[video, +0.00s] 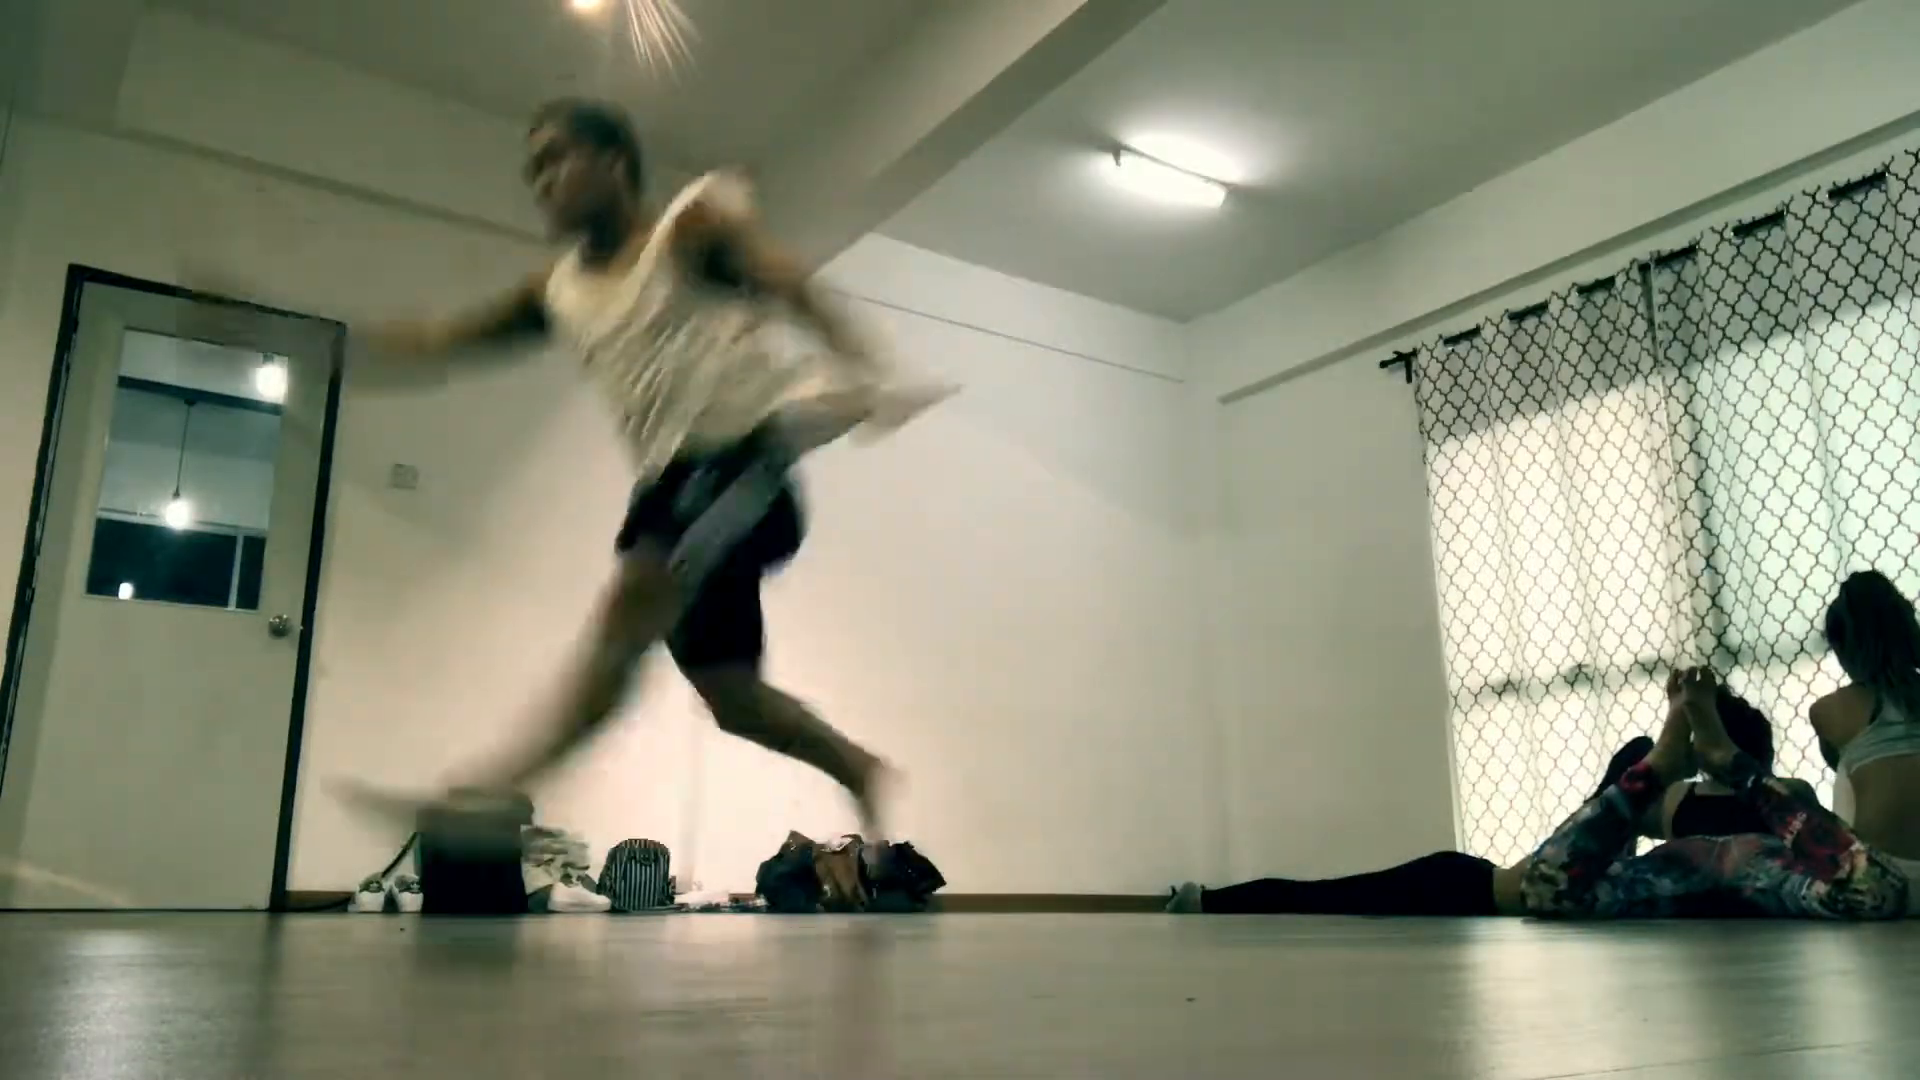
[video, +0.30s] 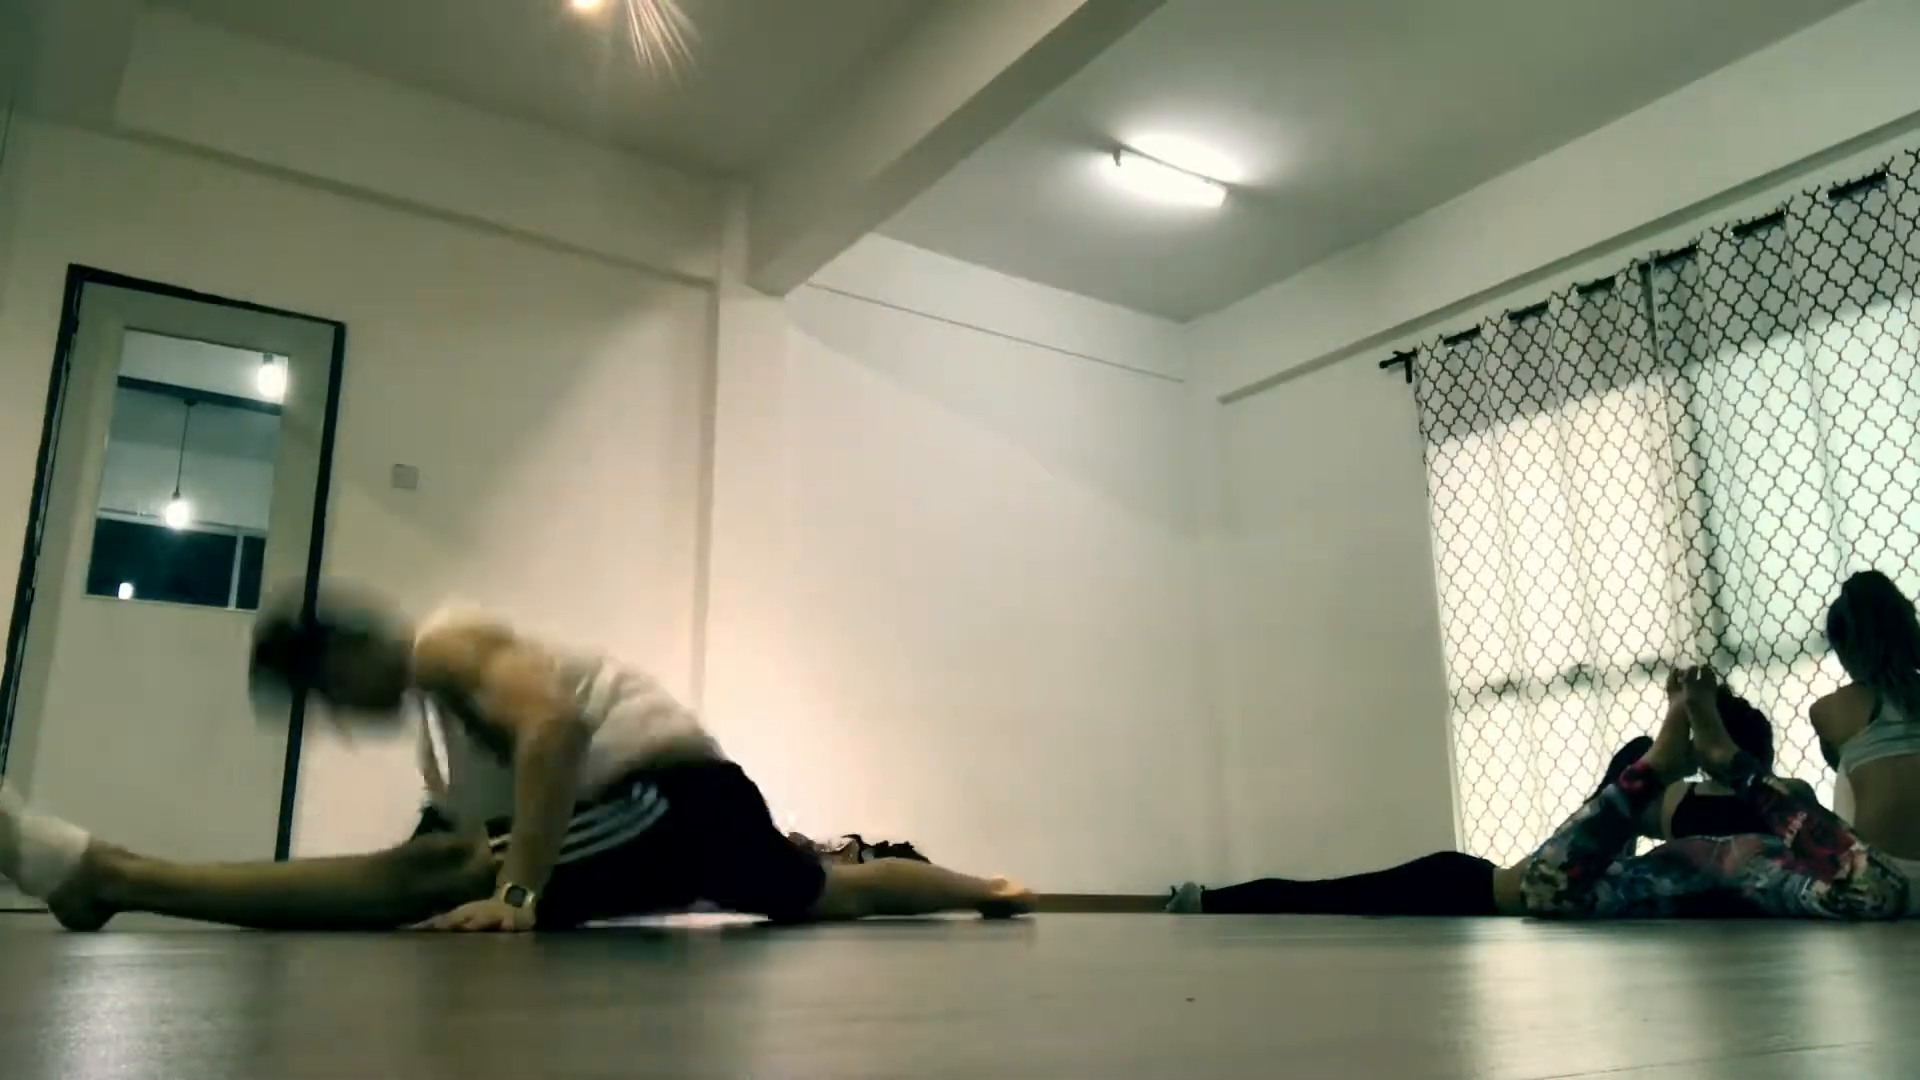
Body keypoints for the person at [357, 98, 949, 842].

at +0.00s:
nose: (542, 184)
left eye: (555, 160)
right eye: (535, 171)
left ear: (614, 159)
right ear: (540, 187)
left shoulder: (694, 224)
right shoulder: (559, 286)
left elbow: (794, 284)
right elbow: (458, 337)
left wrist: (863, 369)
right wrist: (364, 345)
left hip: (744, 459)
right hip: (668, 489)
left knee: (630, 612)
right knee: (735, 700)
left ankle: (502, 785)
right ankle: (863, 771)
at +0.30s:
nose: (336, 709)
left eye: (326, 689)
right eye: (321, 700)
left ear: (350, 653)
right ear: (347, 665)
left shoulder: (449, 644)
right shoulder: (447, 700)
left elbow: (549, 722)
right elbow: (468, 828)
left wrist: (519, 890)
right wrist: (438, 895)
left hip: (670, 804)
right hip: (706, 812)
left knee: (399, 876)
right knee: (829, 884)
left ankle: (108, 878)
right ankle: (974, 891)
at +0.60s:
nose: (410, 793)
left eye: (393, 784)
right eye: (400, 797)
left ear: (377, 736)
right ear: (399, 753)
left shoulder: (451, 669)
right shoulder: (485, 742)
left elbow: (556, 720)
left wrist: (518, 890)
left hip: (669, 818)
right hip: (740, 811)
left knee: (408, 877)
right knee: (838, 885)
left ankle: (120, 875)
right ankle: (986, 891)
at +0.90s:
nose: (370, 661)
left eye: (359, 638)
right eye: (353, 652)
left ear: (387, 592)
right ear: (379, 623)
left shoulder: (494, 606)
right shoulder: (476, 665)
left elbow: (559, 729)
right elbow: (512, 792)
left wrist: (521, 893)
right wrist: (465, 873)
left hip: (666, 815)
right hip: (713, 809)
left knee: (408, 876)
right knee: (835, 884)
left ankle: (124, 877)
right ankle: (979, 891)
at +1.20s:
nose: (503, 487)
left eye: (528, 468)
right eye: (490, 472)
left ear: (582, 486)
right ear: (483, 494)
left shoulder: (602, 589)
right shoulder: (517, 612)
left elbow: (596, 748)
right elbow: (498, 750)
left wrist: (520, 890)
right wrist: (470, 852)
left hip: (653, 847)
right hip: (686, 834)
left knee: (409, 868)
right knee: (796, 876)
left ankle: (117, 876)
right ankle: (918, 886)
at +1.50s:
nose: (657, 488)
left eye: (677, 469)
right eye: (655, 471)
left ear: (736, 481)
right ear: (692, 484)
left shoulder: (727, 573)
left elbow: (635, 711)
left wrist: (527, 849)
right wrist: (536, 839)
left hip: (716, 856)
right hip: (712, 847)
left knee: (437, 869)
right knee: (445, 860)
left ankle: (139, 880)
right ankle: (145, 883)